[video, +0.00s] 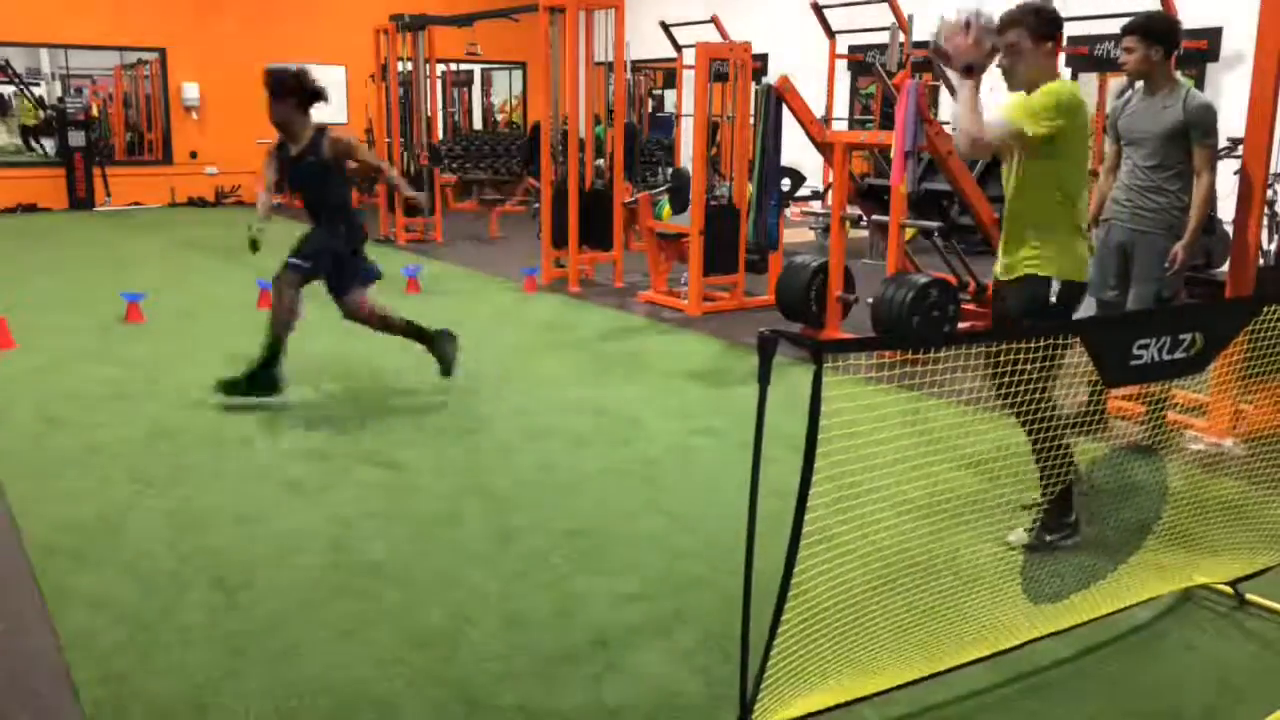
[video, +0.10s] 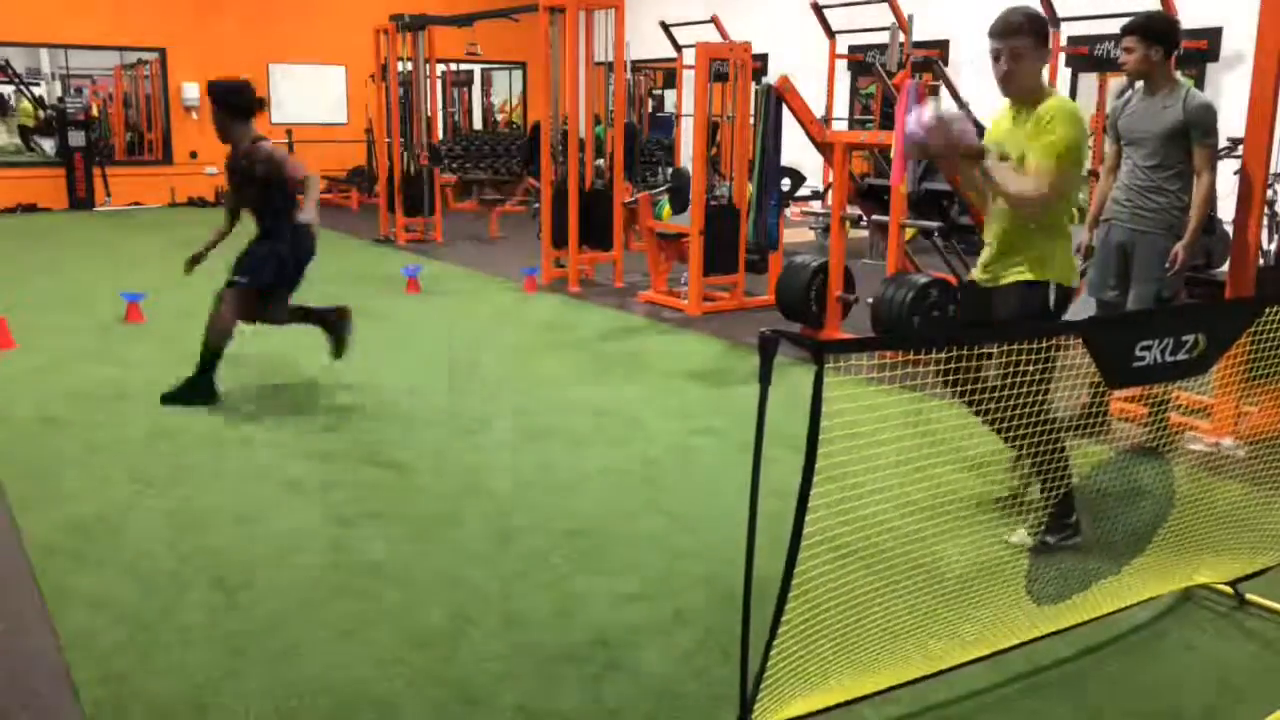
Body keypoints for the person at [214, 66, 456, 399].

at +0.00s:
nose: (271, 111)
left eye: (277, 102)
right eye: (271, 103)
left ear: (299, 105)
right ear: (276, 107)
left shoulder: (334, 145)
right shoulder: (280, 154)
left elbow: (381, 167)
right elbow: (267, 191)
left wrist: (408, 193)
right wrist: (259, 223)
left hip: (341, 231)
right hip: (326, 232)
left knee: (286, 284)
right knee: (356, 308)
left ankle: (267, 371)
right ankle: (432, 339)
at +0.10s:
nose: (214, 125)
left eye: (217, 117)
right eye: (214, 117)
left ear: (230, 118)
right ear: (241, 116)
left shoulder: (265, 153)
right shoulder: (236, 160)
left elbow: (310, 179)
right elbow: (231, 219)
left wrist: (309, 205)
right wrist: (203, 252)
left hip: (290, 236)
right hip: (271, 237)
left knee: (228, 301)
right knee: (254, 309)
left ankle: (203, 381)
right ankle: (327, 318)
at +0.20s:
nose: (168, 133)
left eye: (171, 125)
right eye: (167, 126)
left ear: (186, 126)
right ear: (196, 125)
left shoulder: (208, 158)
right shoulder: (207, 159)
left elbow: (228, 197)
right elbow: (205, 224)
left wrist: (189, 216)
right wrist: (173, 254)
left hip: (246, 243)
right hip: (245, 239)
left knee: (189, 300)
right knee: (192, 270)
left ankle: (198, 379)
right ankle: (218, 342)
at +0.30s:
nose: (131, 116)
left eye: (135, 110)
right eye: (132, 109)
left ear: (148, 114)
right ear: (164, 112)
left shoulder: (174, 145)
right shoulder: (172, 146)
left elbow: (188, 184)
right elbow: (185, 203)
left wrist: (136, 195)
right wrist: (166, 235)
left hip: (215, 227)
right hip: (209, 225)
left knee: (162, 289)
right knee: (170, 281)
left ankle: (192, 348)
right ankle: (179, 338)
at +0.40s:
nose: (110, 129)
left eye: (110, 122)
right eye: (109, 122)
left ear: (117, 122)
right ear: (139, 116)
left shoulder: (144, 143)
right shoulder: (152, 141)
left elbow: (168, 170)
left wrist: (148, 193)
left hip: (188, 220)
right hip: (204, 217)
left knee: (127, 261)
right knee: (150, 259)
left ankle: (161, 325)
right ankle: (173, 319)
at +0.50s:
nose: (84, 148)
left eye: (88, 140)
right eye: (84, 140)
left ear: (97, 139)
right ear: (111, 135)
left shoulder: (114, 157)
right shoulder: (126, 156)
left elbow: (155, 163)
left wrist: (192, 172)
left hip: (164, 224)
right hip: (186, 221)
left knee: (113, 263)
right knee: (142, 260)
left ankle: (101, 322)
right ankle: (174, 309)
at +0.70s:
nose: (60, 184)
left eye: (60, 179)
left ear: (63, 179)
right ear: (89, 173)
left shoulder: (83, 196)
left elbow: (132, 202)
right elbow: (120, 244)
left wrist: (169, 212)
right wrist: (138, 286)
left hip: (140, 256)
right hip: (160, 253)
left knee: (74, 256)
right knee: (102, 253)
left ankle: (91, 321)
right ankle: (116, 310)